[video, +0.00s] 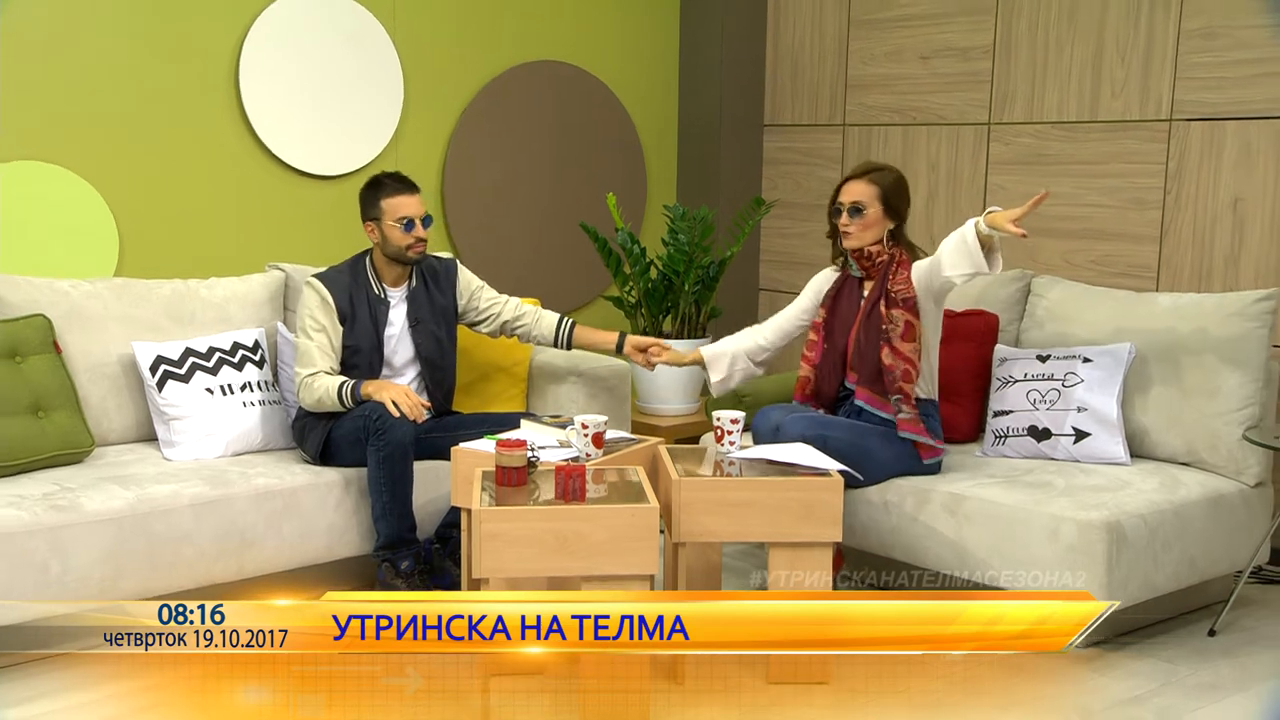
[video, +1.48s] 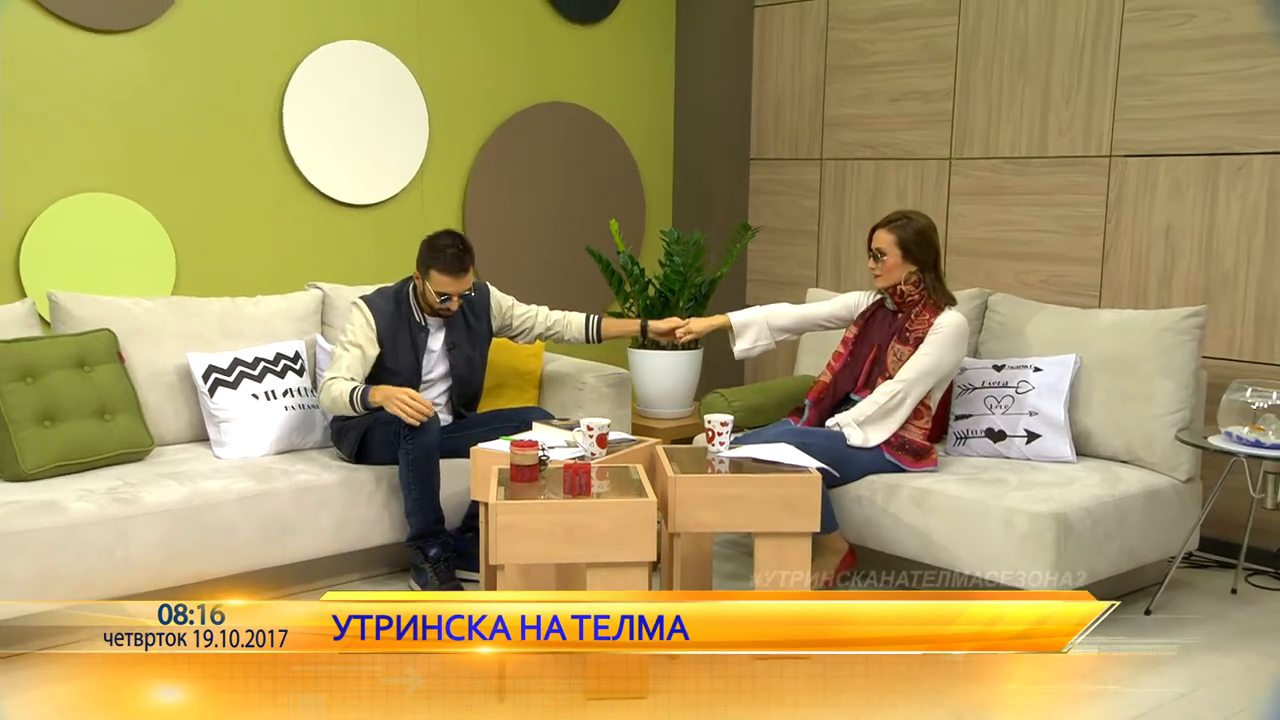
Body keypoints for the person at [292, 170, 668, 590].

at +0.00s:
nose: (419, 233)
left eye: (423, 221)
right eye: (405, 225)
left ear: (427, 220)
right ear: (372, 230)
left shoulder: (445, 275)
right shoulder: (327, 290)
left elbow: (519, 319)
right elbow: (311, 386)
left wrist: (621, 342)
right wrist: (369, 388)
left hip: (424, 421)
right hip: (339, 427)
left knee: (524, 430)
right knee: (393, 416)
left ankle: (445, 551)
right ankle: (397, 558)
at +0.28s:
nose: (400, 229)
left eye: (411, 219)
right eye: (388, 218)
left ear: (423, 227)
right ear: (369, 226)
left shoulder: (449, 281)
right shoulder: (333, 291)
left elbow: (521, 322)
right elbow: (318, 387)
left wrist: (620, 345)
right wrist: (377, 388)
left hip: (429, 420)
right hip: (345, 426)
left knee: (526, 429)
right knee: (397, 414)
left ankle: (447, 549)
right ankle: (403, 557)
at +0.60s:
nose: (392, 232)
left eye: (406, 223)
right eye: (383, 221)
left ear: (426, 232)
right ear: (372, 228)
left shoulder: (454, 283)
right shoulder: (341, 295)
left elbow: (528, 322)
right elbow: (328, 388)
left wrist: (627, 339)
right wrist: (382, 389)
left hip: (435, 419)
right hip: (353, 424)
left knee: (531, 429)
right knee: (404, 414)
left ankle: (452, 548)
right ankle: (409, 557)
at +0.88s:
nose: (405, 245)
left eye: (417, 234)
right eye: (394, 234)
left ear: (433, 239)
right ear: (380, 238)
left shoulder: (459, 287)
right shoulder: (348, 299)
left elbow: (531, 319)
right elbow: (328, 389)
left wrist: (628, 326)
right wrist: (382, 391)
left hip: (438, 421)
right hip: (358, 425)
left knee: (533, 431)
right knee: (407, 418)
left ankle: (455, 546)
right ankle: (413, 556)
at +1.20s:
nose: (431, 281)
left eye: (441, 270)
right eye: (420, 271)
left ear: (450, 259)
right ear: (398, 260)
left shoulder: (470, 295)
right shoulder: (361, 307)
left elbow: (544, 318)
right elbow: (318, 387)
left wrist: (638, 320)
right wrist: (371, 394)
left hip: (440, 426)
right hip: (367, 428)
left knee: (527, 420)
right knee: (411, 427)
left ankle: (464, 548)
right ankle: (425, 557)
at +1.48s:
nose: (455, 305)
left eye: (464, 295)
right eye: (444, 296)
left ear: (472, 280)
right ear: (419, 279)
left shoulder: (483, 303)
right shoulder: (373, 313)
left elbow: (555, 323)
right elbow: (331, 390)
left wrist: (645, 327)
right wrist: (377, 395)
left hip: (445, 428)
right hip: (374, 432)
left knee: (538, 422)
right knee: (418, 420)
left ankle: (467, 544)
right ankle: (430, 552)